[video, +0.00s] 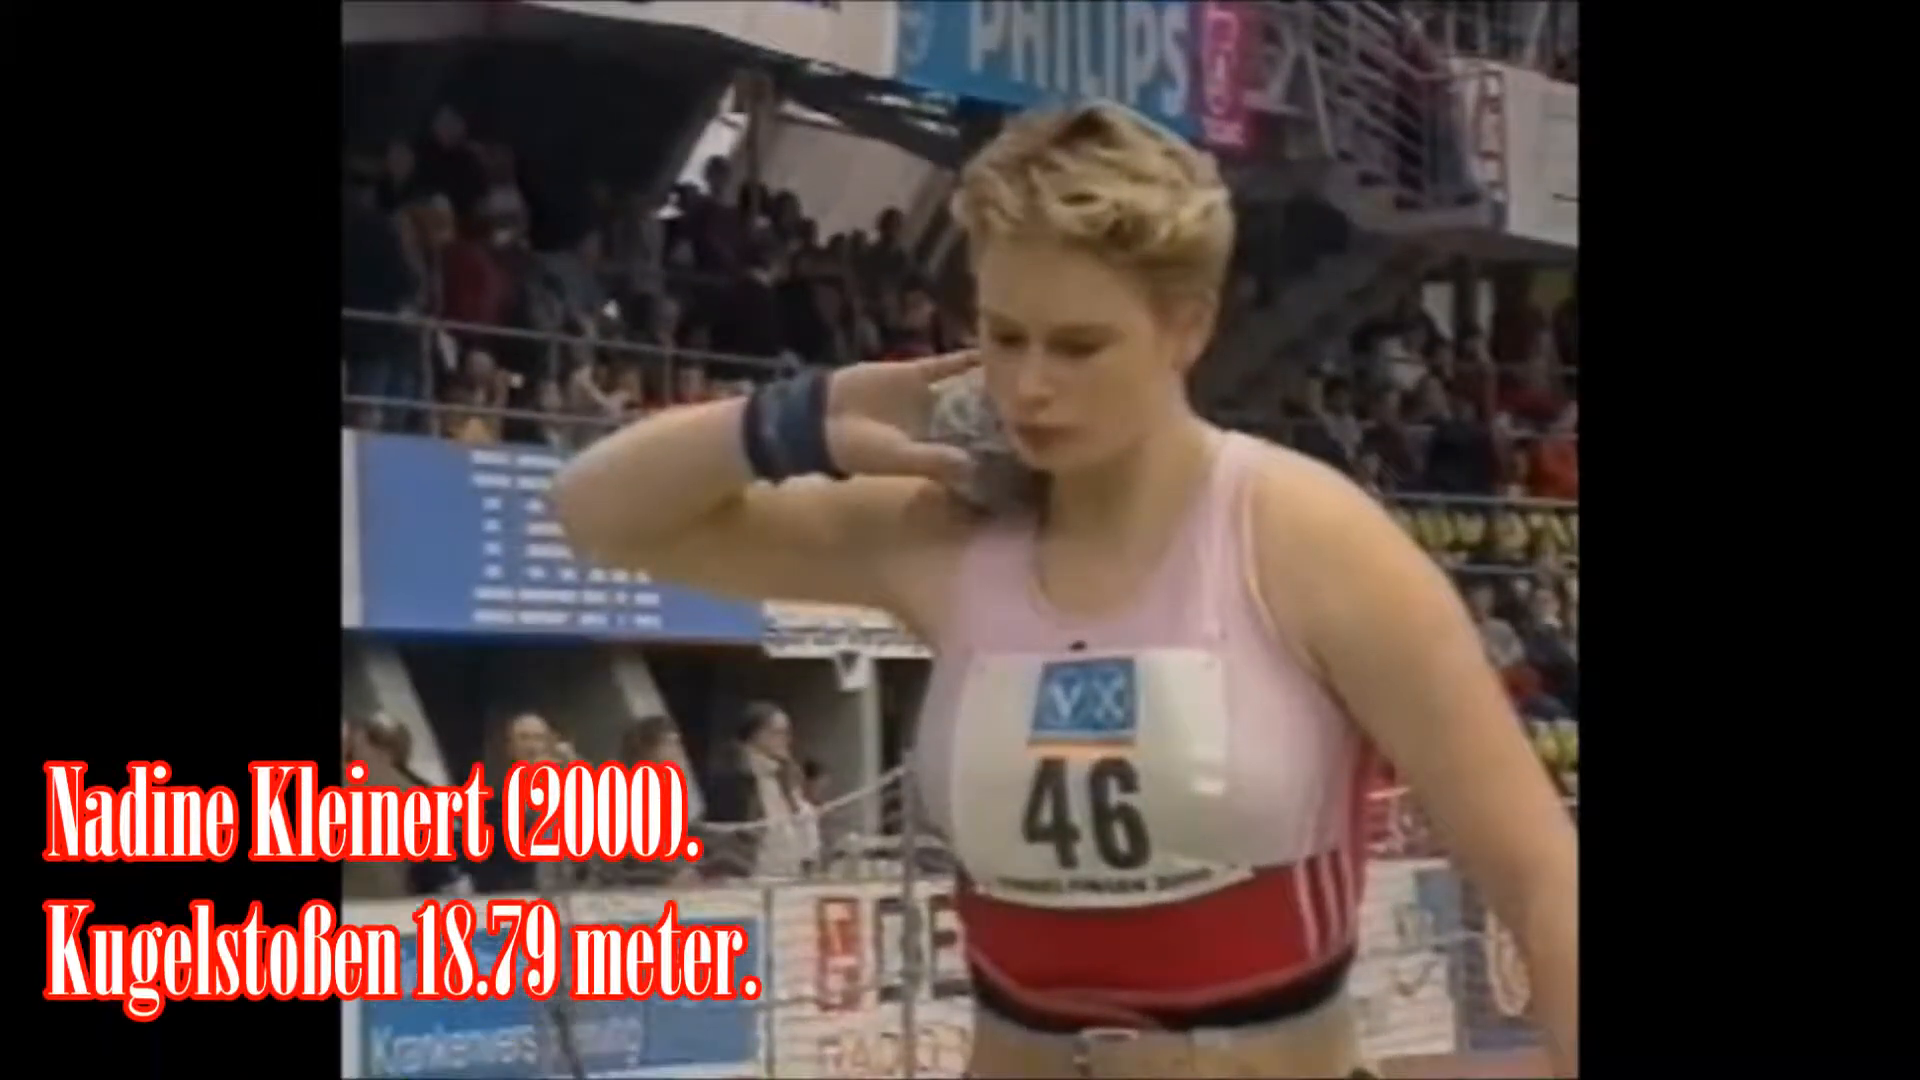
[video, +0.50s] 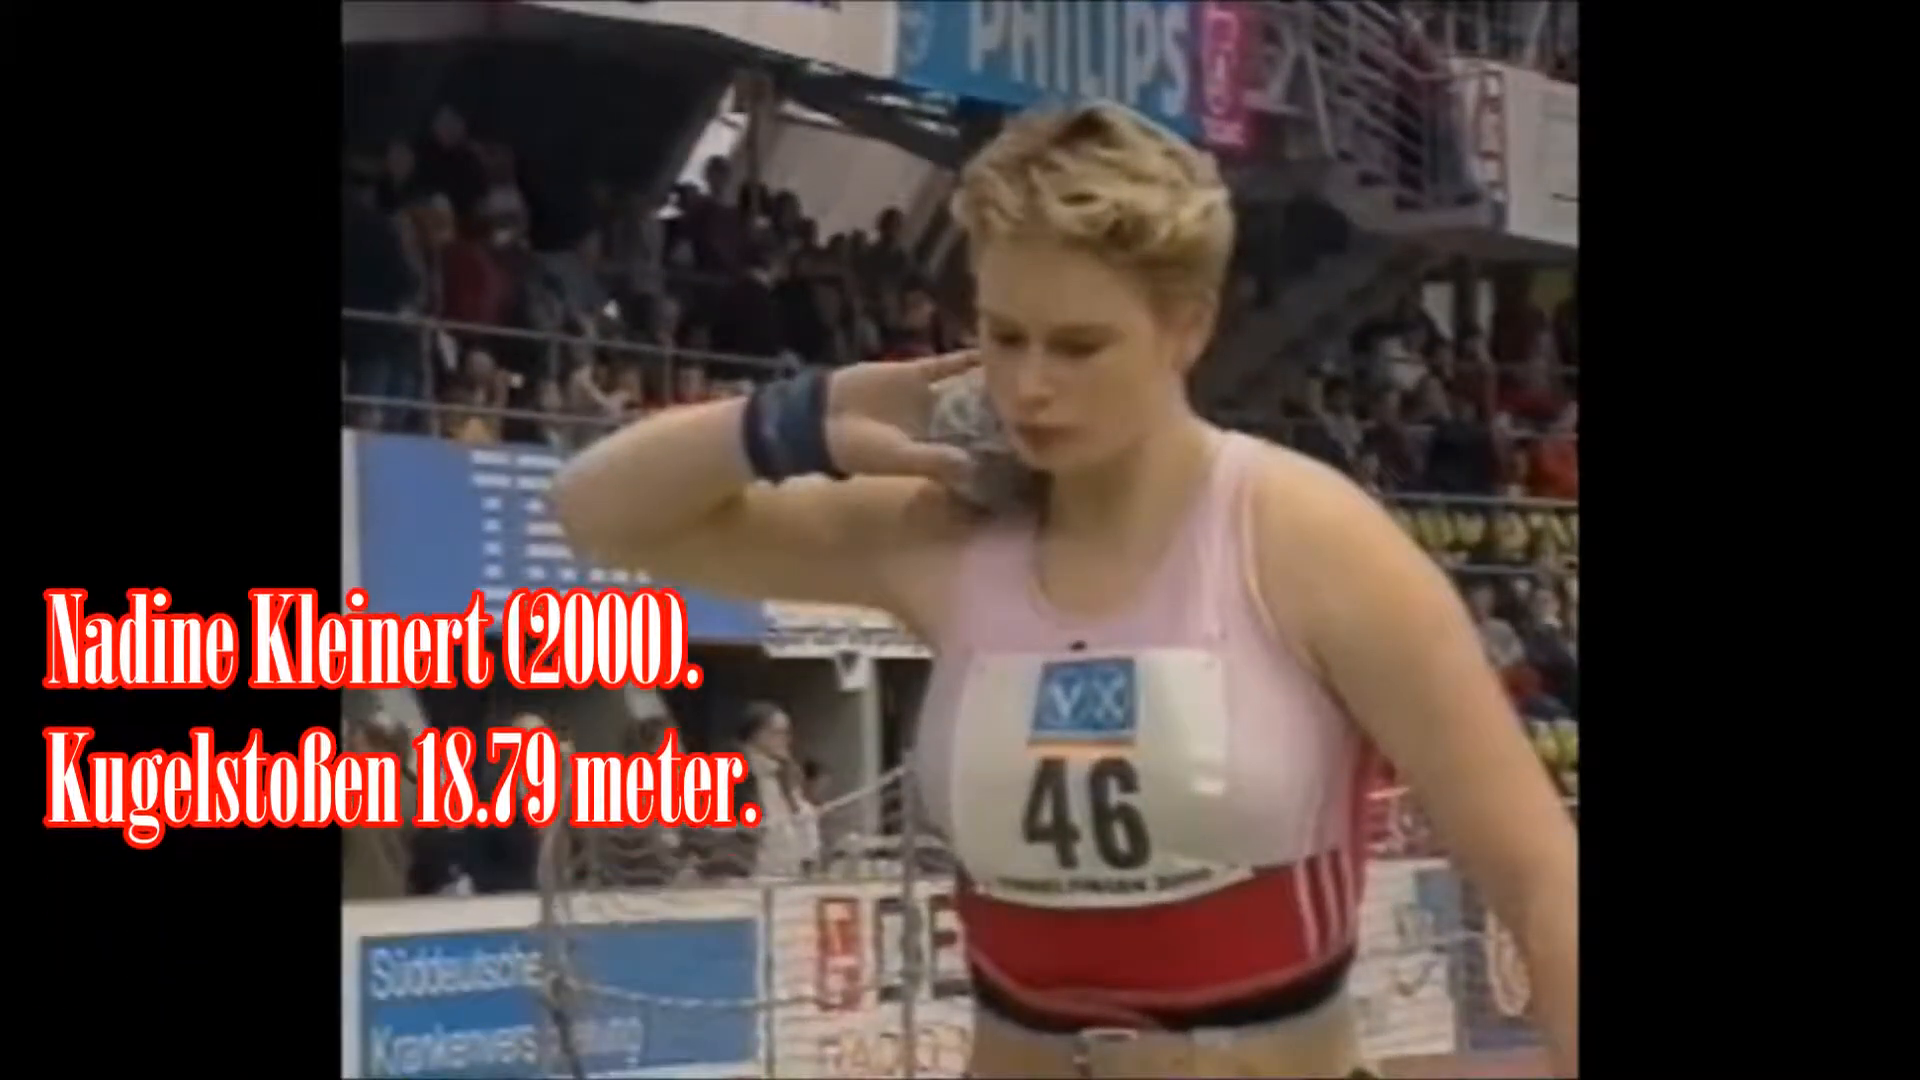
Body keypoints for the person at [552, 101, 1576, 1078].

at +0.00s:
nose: (1028, 387)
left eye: (1078, 345)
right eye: (1004, 339)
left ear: (1186, 329)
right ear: (974, 325)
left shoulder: (1303, 533)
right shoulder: (929, 535)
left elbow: (1538, 874)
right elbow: (600, 512)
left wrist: (1564, 1059)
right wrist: (812, 420)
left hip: (1268, 1054)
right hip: (1016, 1052)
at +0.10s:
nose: (1028, 387)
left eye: (1078, 345)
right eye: (1004, 339)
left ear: (1186, 329)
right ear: (974, 325)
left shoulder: (1303, 533)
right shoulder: (929, 535)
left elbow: (1538, 874)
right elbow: (599, 512)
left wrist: (1564, 1059)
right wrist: (812, 420)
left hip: (1268, 1054)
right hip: (1016, 1052)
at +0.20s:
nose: (1028, 387)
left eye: (1078, 344)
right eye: (1004, 338)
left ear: (1186, 328)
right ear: (974, 325)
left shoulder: (1303, 533)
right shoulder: (928, 534)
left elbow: (1538, 874)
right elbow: (599, 512)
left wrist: (1564, 1060)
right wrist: (811, 420)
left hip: (1269, 1054)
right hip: (1016, 1052)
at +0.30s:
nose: (1028, 387)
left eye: (1079, 344)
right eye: (1004, 338)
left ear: (1186, 328)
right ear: (974, 324)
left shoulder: (1303, 533)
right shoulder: (928, 534)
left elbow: (1539, 874)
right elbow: (600, 513)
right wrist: (812, 420)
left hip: (1269, 1055)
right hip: (1017, 1051)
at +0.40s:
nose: (1028, 387)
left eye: (1079, 345)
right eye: (1004, 338)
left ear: (1186, 328)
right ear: (974, 324)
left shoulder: (1303, 533)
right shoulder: (929, 534)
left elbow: (1539, 874)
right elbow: (599, 513)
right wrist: (810, 420)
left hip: (1269, 1054)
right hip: (1017, 1051)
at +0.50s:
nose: (1028, 387)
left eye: (1079, 345)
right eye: (1004, 338)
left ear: (1186, 328)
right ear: (974, 324)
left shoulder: (1303, 533)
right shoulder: (929, 534)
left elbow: (1539, 874)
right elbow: (599, 513)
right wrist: (809, 421)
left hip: (1269, 1054)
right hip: (1017, 1051)